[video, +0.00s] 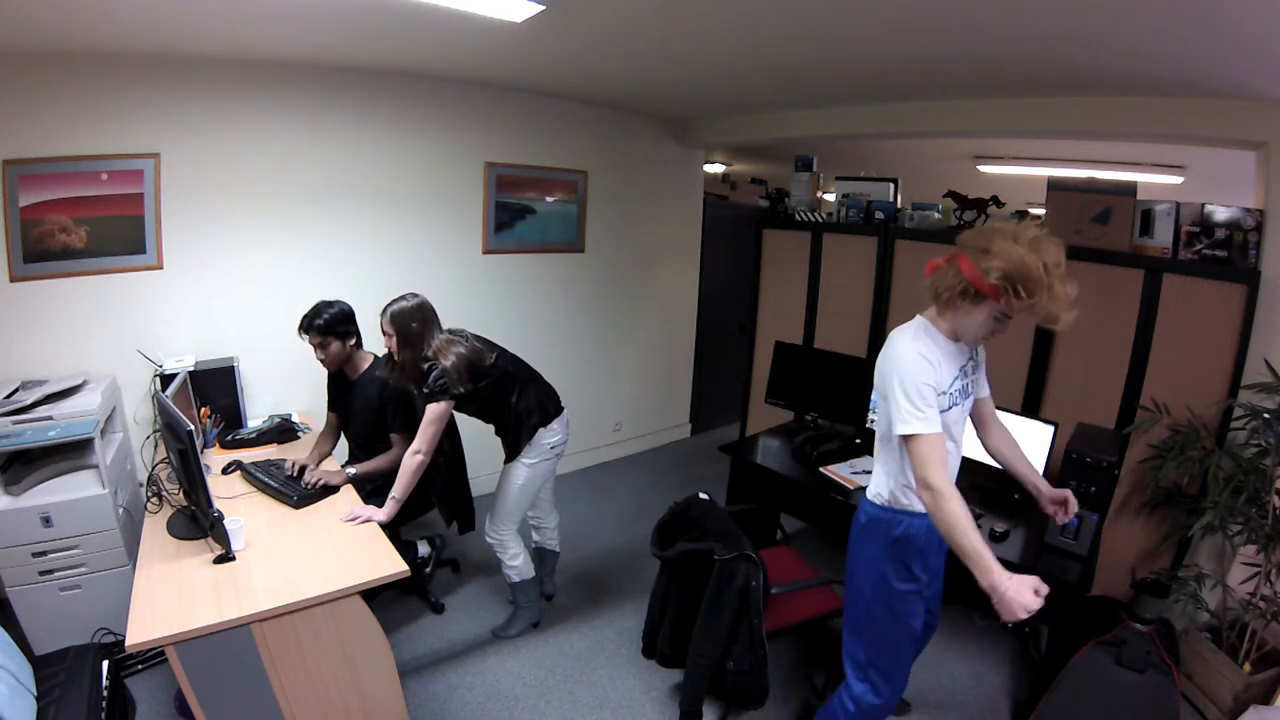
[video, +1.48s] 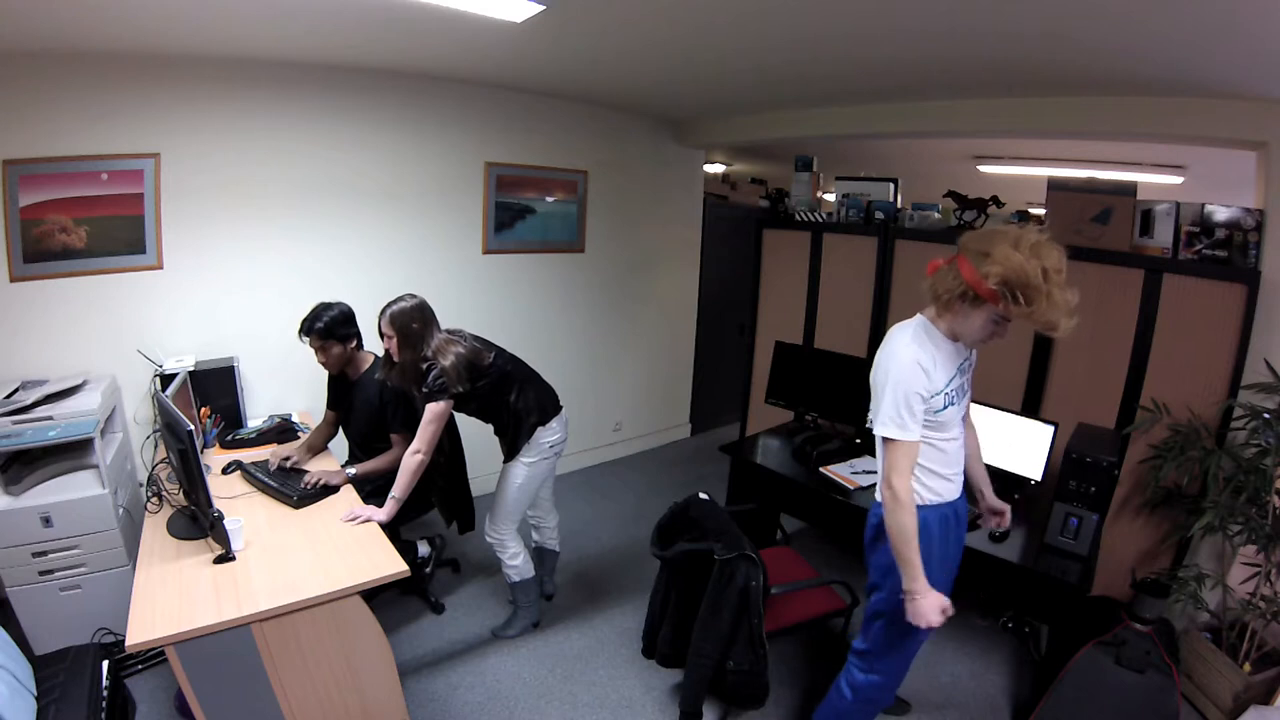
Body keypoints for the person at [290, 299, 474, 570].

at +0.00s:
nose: (318, 356)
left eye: (323, 346)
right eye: (314, 348)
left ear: (350, 339)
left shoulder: (388, 382)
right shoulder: (338, 375)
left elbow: (402, 451)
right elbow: (332, 428)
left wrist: (346, 474)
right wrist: (312, 459)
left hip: (407, 476)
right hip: (364, 473)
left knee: (342, 532)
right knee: (320, 514)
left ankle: (420, 552)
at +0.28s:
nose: (318, 357)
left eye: (323, 348)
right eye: (314, 349)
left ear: (350, 340)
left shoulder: (388, 382)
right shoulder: (338, 375)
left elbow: (402, 451)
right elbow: (332, 428)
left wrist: (346, 474)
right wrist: (312, 458)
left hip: (407, 477)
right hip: (365, 473)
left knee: (343, 532)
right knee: (320, 514)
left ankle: (420, 552)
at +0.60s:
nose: (318, 363)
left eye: (323, 355)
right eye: (315, 356)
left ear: (349, 345)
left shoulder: (389, 382)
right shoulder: (339, 376)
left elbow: (403, 451)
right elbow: (332, 428)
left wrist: (347, 473)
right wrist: (310, 457)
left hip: (405, 476)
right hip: (364, 473)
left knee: (344, 529)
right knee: (320, 513)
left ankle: (419, 553)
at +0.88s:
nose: (318, 363)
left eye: (322, 355)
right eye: (315, 355)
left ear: (349, 346)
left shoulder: (388, 381)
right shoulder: (338, 374)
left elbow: (403, 450)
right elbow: (329, 423)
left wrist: (346, 474)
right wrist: (303, 452)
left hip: (401, 476)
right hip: (362, 473)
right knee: (318, 511)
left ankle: (419, 553)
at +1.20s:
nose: (319, 360)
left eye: (324, 351)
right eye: (315, 351)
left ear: (352, 344)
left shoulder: (388, 381)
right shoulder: (338, 374)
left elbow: (403, 450)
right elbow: (329, 424)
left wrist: (346, 474)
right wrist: (302, 452)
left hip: (402, 477)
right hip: (362, 474)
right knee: (318, 512)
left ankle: (419, 553)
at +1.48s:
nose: (319, 359)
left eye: (324, 350)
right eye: (315, 351)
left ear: (352, 343)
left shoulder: (388, 382)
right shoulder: (338, 373)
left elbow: (403, 450)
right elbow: (329, 424)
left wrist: (346, 473)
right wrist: (302, 450)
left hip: (402, 477)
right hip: (363, 473)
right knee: (318, 511)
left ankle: (419, 553)